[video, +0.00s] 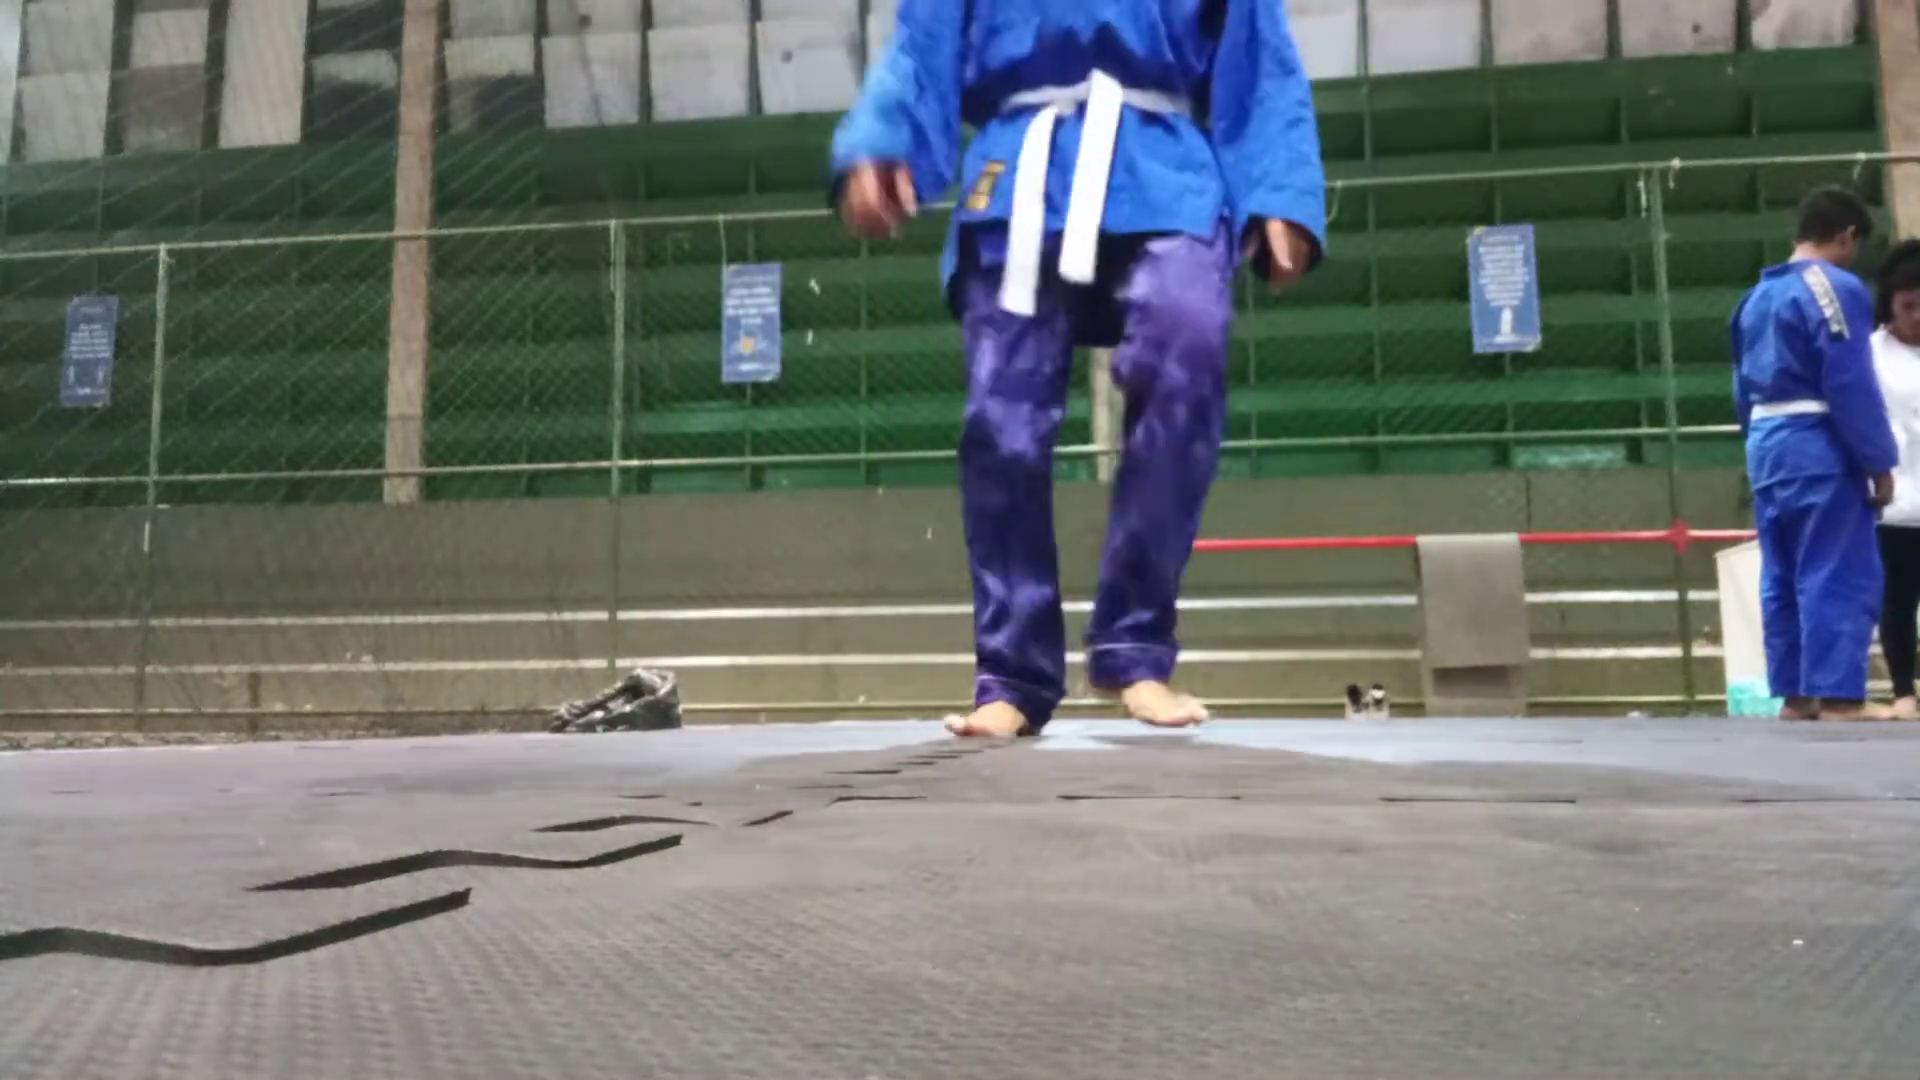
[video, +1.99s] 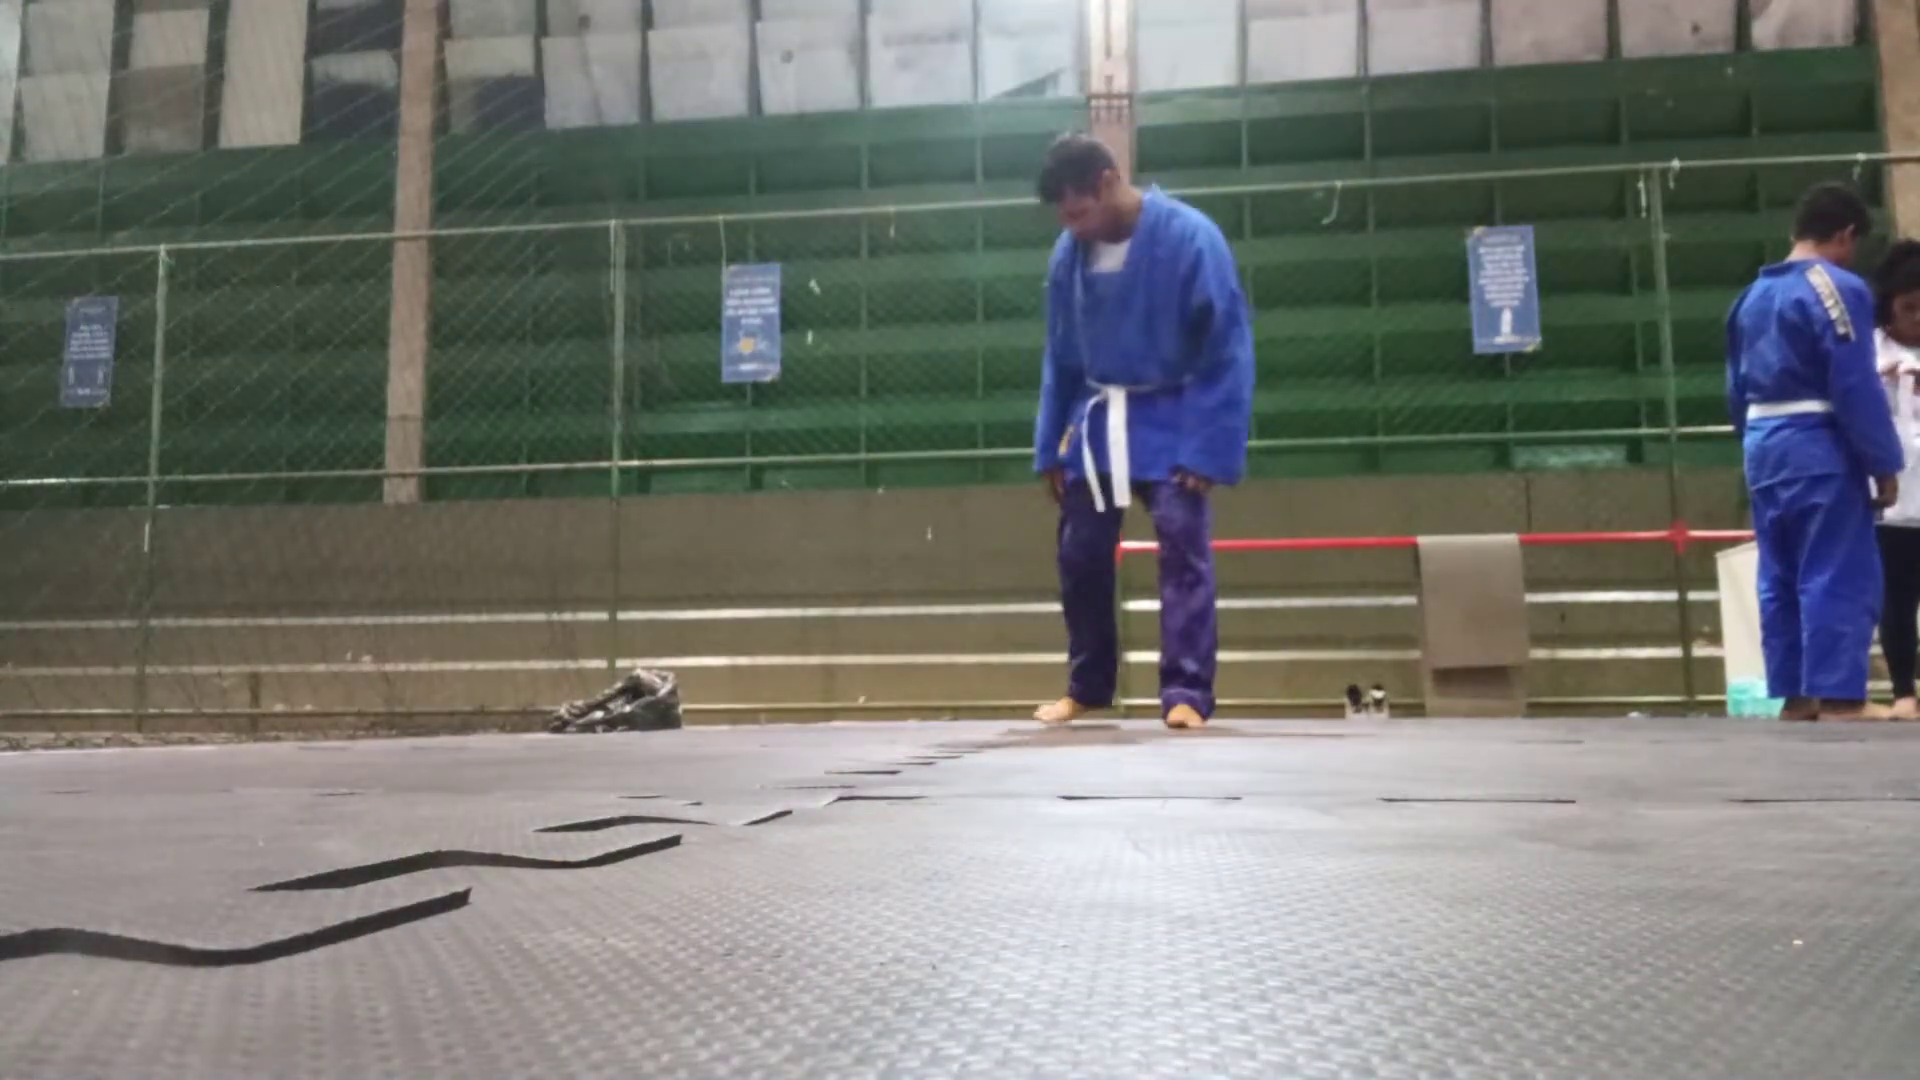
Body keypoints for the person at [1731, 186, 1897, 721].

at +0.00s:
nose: (1855, 252)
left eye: (1857, 244)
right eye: (1856, 243)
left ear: (1801, 233)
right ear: (1845, 236)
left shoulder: (1757, 296)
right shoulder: (1833, 289)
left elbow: (1745, 390)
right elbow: (1850, 387)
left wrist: (1764, 443)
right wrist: (1881, 464)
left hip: (1764, 440)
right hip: (1815, 438)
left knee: (1784, 572)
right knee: (1840, 567)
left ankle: (1794, 696)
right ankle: (1838, 697)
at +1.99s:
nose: (1853, 253)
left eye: (1856, 244)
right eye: (1855, 242)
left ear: (1799, 231)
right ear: (1843, 235)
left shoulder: (1753, 295)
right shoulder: (1836, 289)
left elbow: (1739, 390)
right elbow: (1854, 386)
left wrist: (1758, 444)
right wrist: (1885, 464)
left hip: (1761, 441)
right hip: (1816, 439)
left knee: (1781, 574)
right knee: (1839, 570)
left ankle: (1793, 698)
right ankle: (1838, 699)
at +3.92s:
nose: (1861, 248)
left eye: (1864, 240)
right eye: (1862, 239)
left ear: (1805, 230)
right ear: (1849, 233)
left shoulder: (1760, 295)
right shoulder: (1848, 289)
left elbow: (1744, 391)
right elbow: (1868, 385)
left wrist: (1762, 445)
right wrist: (1897, 464)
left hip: (1769, 443)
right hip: (1827, 441)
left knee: (1785, 575)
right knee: (1842, 572)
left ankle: (1795, 697)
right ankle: (1839, 699)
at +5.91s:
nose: (1857, 256)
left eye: (1859, 247)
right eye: (1858, 245)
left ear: (1802, 234)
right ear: (1845, 237)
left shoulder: (1757, 296)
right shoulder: (1837, 290)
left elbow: (1742, 392)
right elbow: (1853, 388)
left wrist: (1762, 442)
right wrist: (1883, 466)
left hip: (1762, 440)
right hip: (1816, 438)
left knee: (1780, 573)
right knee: (1839, 569)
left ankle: (1793, 696)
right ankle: (1838, 697)